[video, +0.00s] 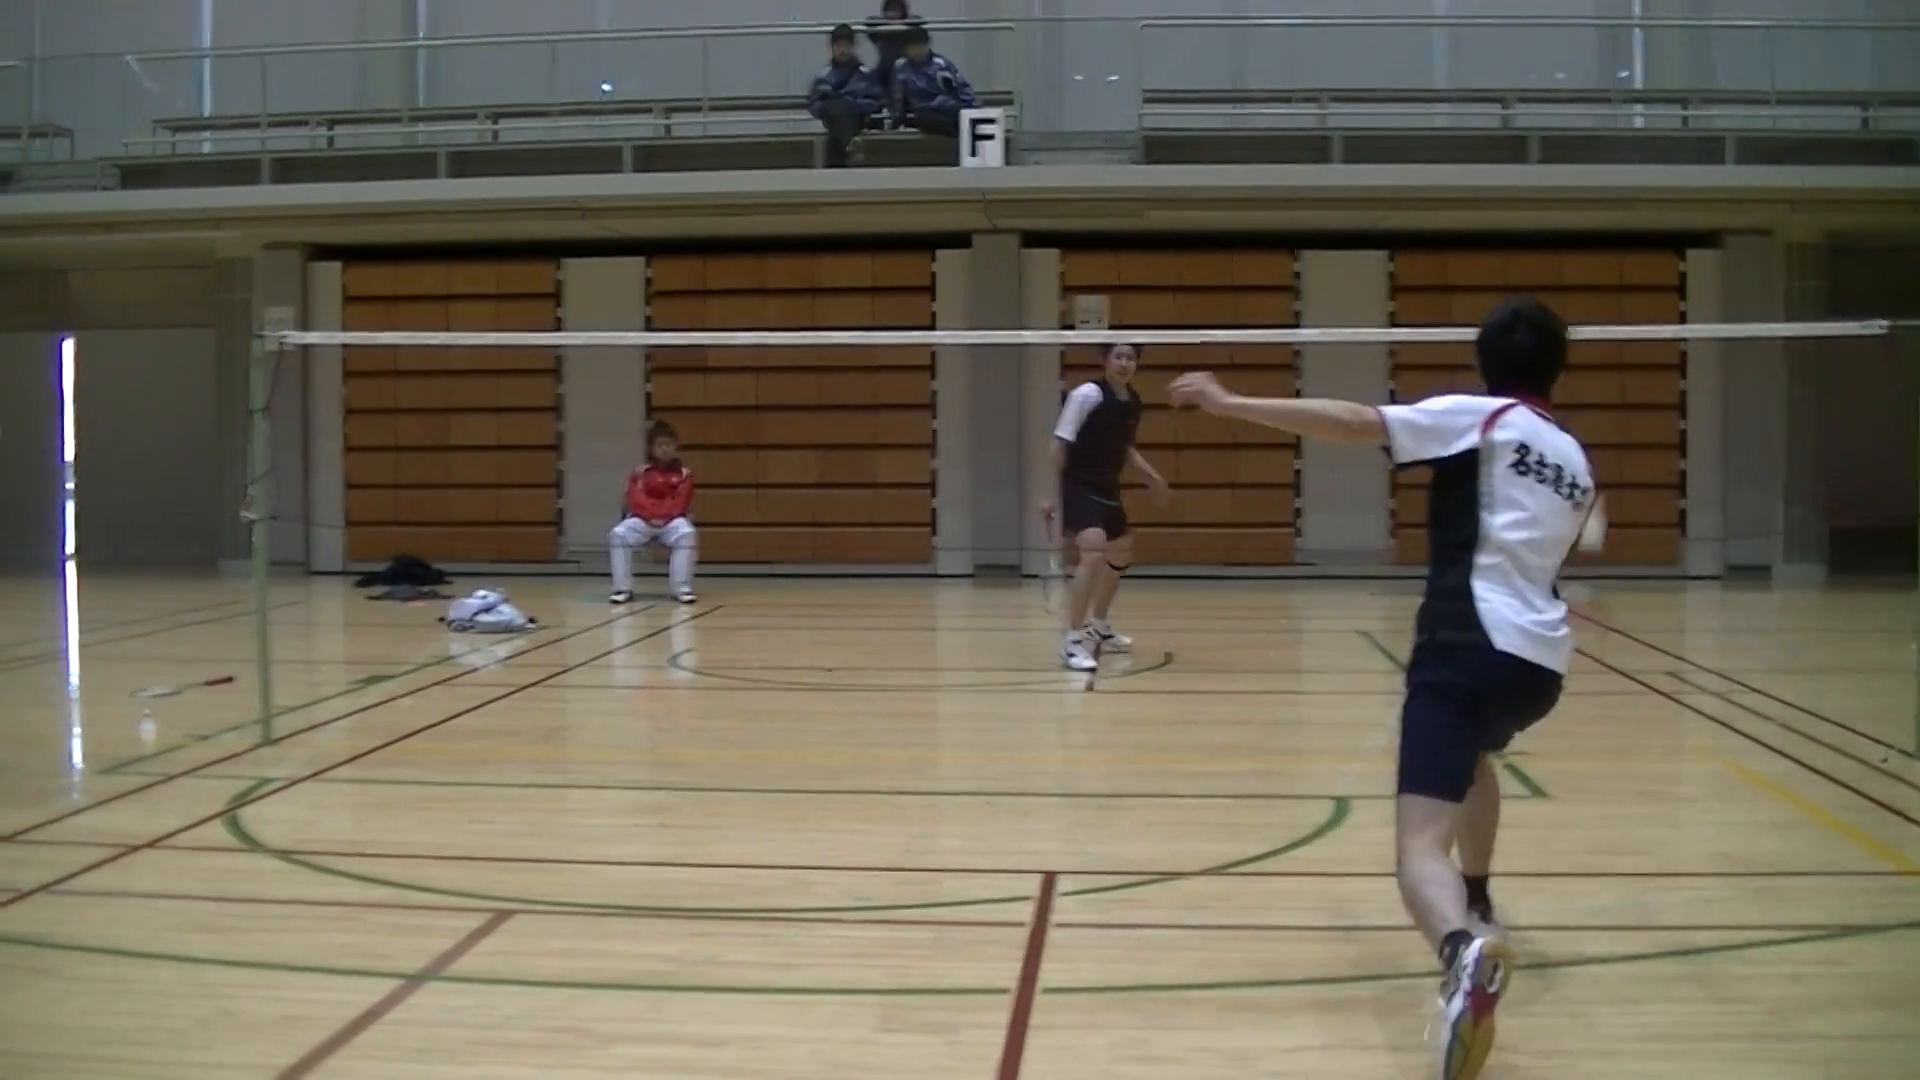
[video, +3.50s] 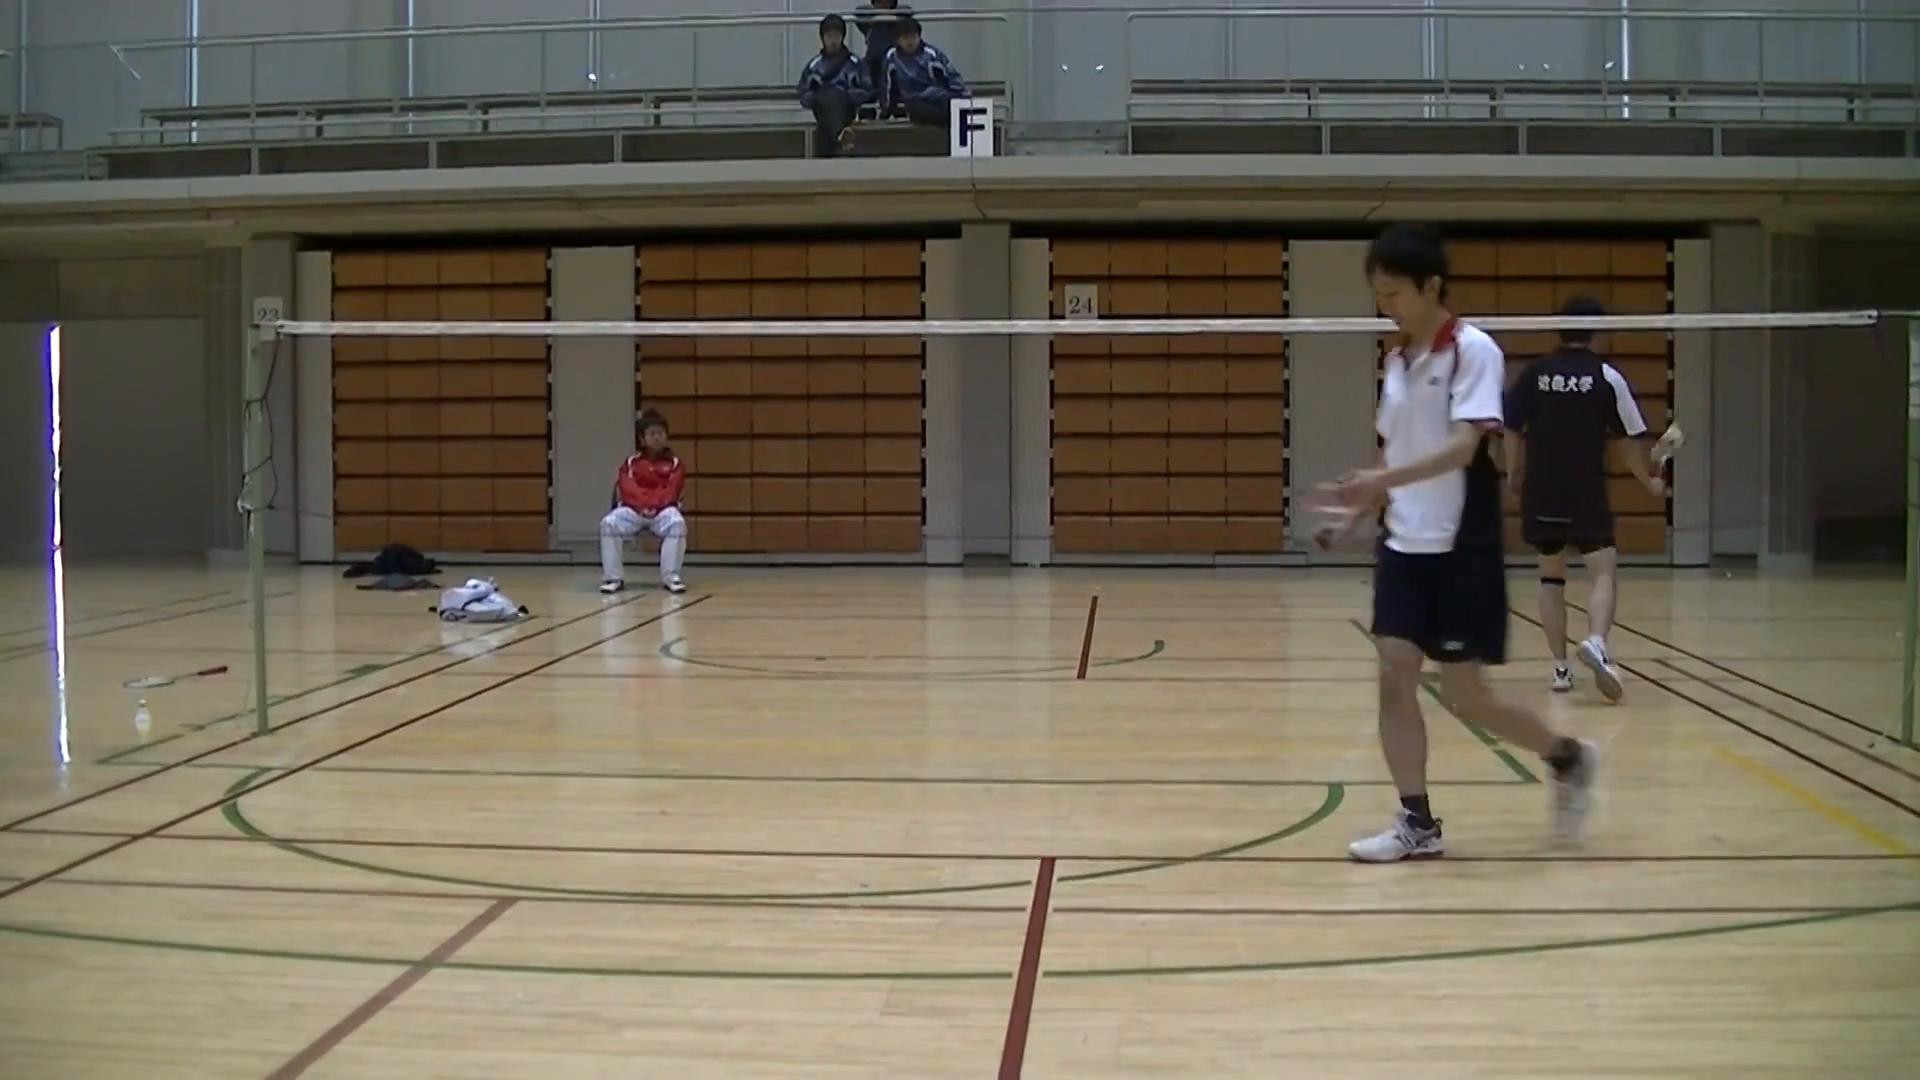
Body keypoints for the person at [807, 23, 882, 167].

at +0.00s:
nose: (842, 50)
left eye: (846, 45)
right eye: (838, 46)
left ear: (852, 47)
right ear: (832, 48)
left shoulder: (866, 74)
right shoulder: (823, 76)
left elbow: (876, 103)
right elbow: (814, 105)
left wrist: (846, 103)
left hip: (860, 120)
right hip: (831, 120)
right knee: (835, 105)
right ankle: (851, 142)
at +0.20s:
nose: (877, 51)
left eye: (881, 46)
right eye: (873, 46)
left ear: (888, 47)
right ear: (867, 48)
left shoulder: (902, 74)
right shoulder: (859, 76)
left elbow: (914, 103)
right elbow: (851, 104)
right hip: (870, 125)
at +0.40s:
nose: (867, 49)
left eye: (871, 44)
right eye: (864, 44)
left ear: (878, 45)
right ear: (857, 46)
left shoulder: (890, 72)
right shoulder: (849, 73)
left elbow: (902, 101)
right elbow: (838, 102)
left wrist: (878, 104)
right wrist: (854, 109)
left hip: (884, 121)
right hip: (858, 122)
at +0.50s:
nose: (851, 50)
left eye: (855, 45)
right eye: (847, 45)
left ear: (861, 47)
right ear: (840, 47)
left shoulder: (875, 76)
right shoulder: (830, 77)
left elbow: (886, 102)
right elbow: (822, 104)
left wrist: (862, 105)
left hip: (869, 119)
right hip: (840, 119)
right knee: (850, 106)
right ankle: (861, 144)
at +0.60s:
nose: (838, 50)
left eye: (842, 44)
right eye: (833, 44)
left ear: (848, 46)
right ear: (827, 47)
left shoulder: (861, 74)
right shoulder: (818, 75)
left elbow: (872, 101)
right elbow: (808, 103)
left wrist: (848, 106)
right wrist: (828, 110)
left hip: (855, 126)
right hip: (828, 127)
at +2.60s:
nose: (833, 52)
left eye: (837, 47)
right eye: (829, 48)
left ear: (843, 49)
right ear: (822, 50)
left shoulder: (855, 74)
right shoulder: (813, 76)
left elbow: (867, 103)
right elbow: (803, 107)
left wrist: (843, 108)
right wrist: (823, 109)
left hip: (848, 122)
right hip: (821, 123)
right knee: (830, 106)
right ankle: (840, 145)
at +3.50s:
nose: (833, 40)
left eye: (837, 36)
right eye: (828, 36)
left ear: (843, 37)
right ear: (822, 38)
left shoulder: (855, 63)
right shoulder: (813, 65)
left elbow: (868, 92)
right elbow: (803, 97)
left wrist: (842, 95)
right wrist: (821, 96)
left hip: (848, 115)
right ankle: (841, 134)